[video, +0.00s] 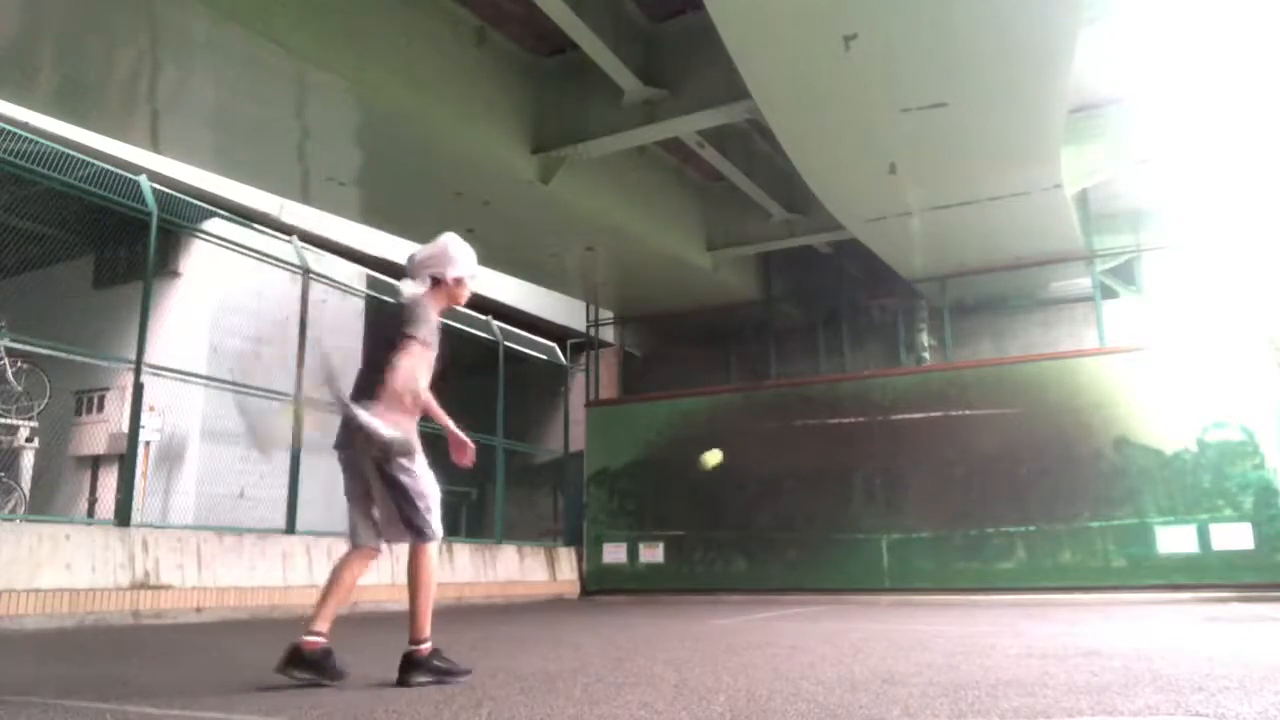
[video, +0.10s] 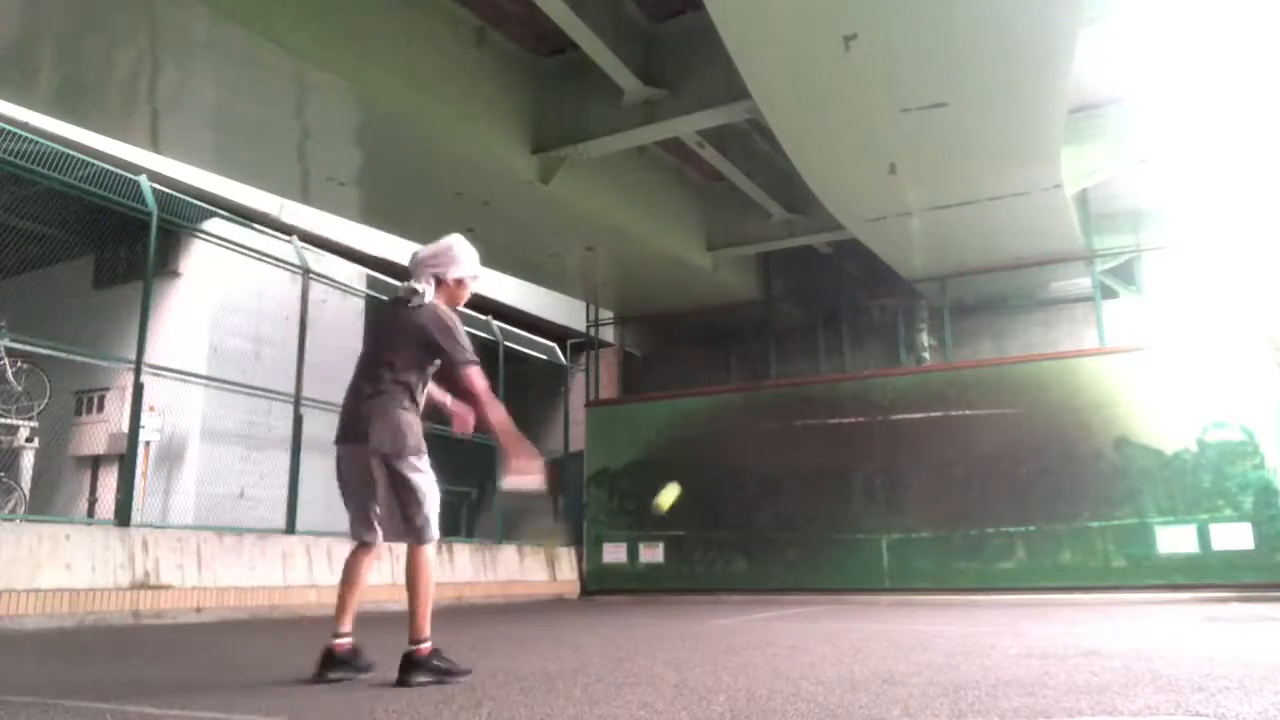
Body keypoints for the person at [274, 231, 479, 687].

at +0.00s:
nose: (469, 290)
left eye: (470, 281)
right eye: (467, 281)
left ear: (434, 278)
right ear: (447, 279)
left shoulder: (405, 313)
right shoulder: (423, 317)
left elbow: (416, 386)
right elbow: (398, 379)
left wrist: (451, 429)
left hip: (357, 435)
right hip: (391, 436)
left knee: (367, 543)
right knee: (426, 536)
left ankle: (311, 643)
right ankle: (421, 652)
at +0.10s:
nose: (470, 294)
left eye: (471, 285)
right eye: (468, 284)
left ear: (429, 278)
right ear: (447, 280)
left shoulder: (386, 311)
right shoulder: (437, 317)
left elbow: (400, 375)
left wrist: (449, 403)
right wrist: (517, 447)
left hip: (352, 433)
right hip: (396, 433)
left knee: (368, 540)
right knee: (422, 537)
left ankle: (339, 646)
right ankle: (420, 652)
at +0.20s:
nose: (465, 293)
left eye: (467, 284)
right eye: (463, 283)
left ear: (424, 277)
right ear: (443, 279)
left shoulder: (382, 312)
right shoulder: (442, 321)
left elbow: (400, 357)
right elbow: (498, 377)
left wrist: (446, 368)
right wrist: (553, 414)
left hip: (354, 436)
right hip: (398, 438)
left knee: (366, 536)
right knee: (422, 540)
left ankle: (344, 642)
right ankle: (421, 652)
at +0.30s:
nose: (460, 289)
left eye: (460, 280)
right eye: (457, 280)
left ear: (416, 277)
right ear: (440, 279)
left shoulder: (379, 311)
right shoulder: (444, 318)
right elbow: (492, 352)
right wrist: (529, 362)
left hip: (359, 438)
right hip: (404, 442)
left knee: (359, 536)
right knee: (424, 540)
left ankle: (328, 636)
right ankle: (421, 652)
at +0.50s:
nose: (437, 293)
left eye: (436, 285)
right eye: (435, 285)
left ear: (395, 280)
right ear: (421, 285)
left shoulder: (364, 316)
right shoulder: (425, 318)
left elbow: (340, 334)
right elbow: (451, 333)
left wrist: (373, 300)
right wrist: (419, 300)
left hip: (351, 442)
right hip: (394, 445)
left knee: (342, 541)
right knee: (415, 540)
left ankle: (316, 643)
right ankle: (421, 649)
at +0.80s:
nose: (411, 291)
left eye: (408, 284)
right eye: (408, 284)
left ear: (363, 283)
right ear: (397, 286)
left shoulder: (338, 316)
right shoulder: (415, 320)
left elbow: (314, 367)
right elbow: (420, 388)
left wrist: (292, 375)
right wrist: (387, 378)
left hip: (335, 436)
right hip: (381, 438)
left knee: (329, 540)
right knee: (385, 539)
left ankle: (316, 642)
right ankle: (346, 634)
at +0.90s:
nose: (408, 289)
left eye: (404, 284)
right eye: (406, 283)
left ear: (360, 281)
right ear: (397, 284)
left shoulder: (336, 318)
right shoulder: (413, 320)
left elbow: (310, 376)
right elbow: (417, 397)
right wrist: (387, 418)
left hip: (329, 437)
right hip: (375, 441)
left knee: (330, 541)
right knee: (373, 544)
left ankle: (314, 645)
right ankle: (321, 638)